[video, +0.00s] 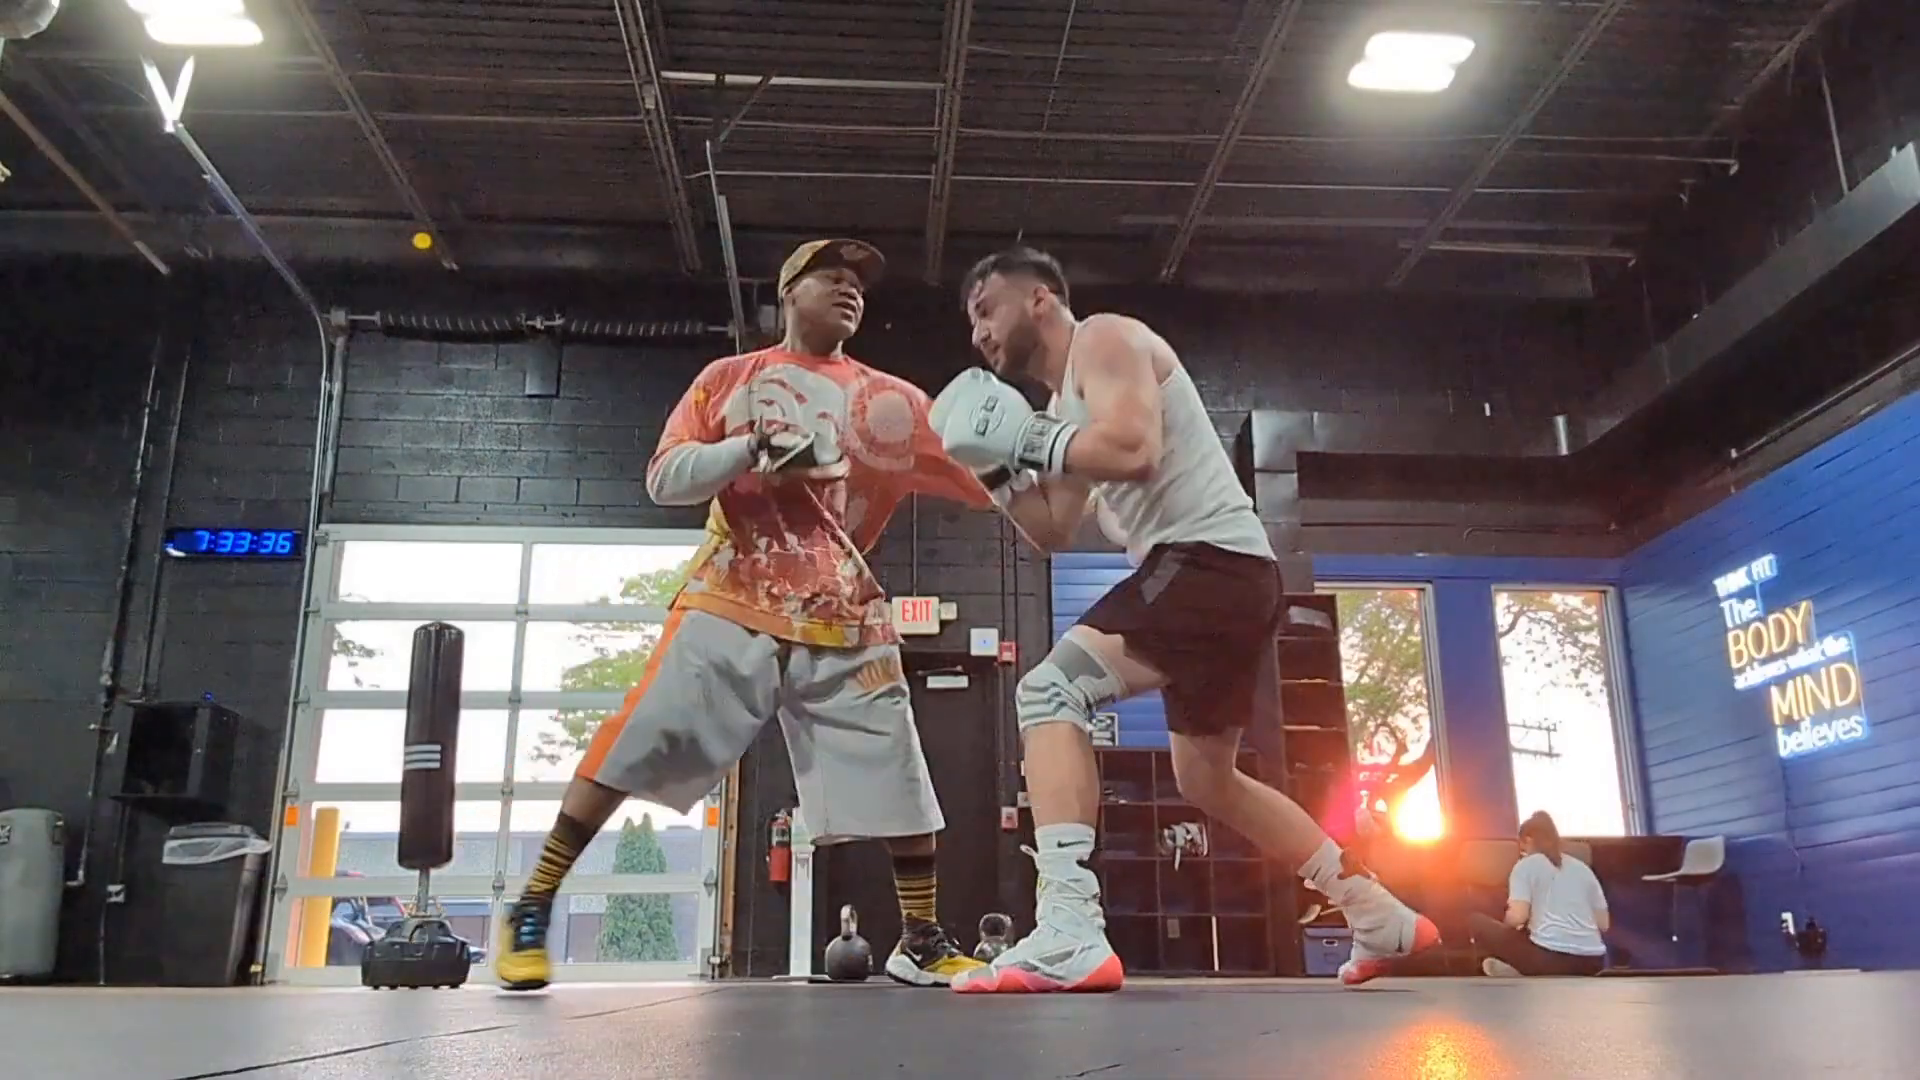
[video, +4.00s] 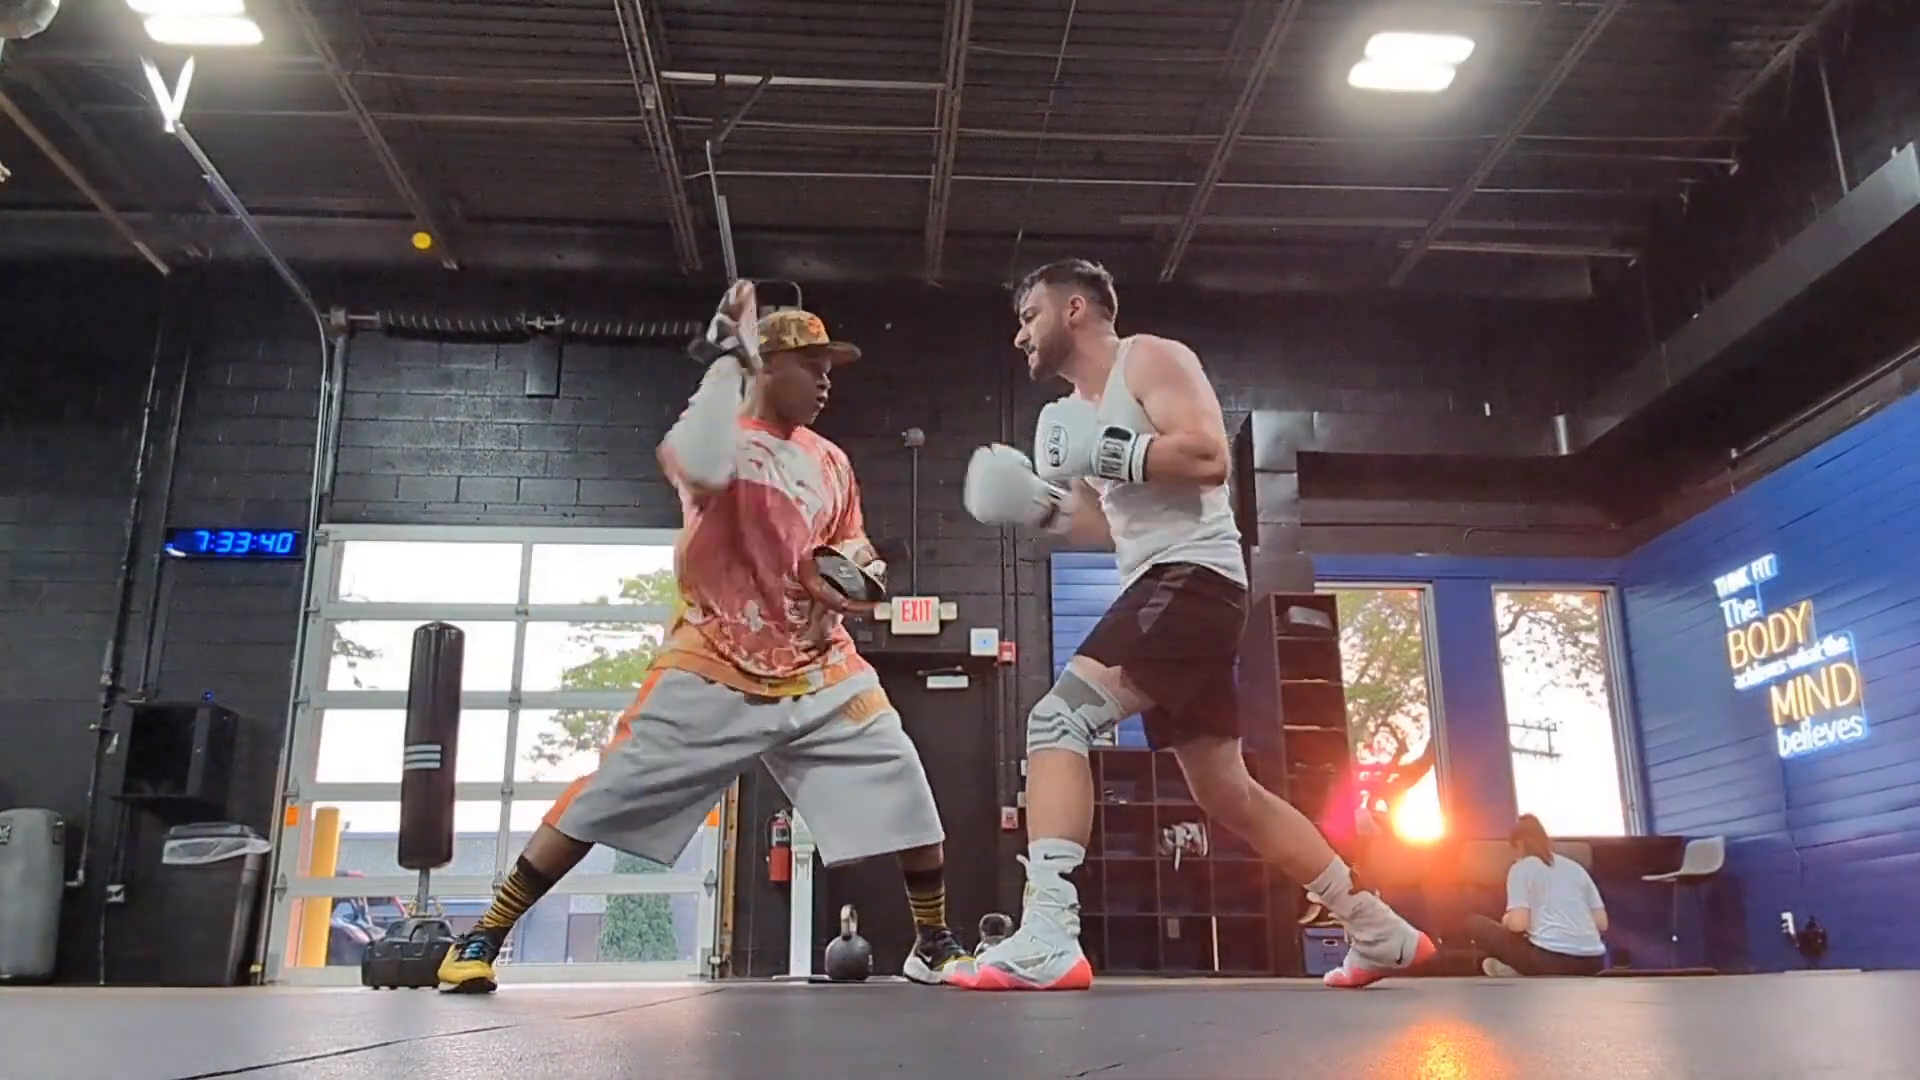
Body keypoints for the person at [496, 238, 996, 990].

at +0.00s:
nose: (851, 290)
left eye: (859, 284)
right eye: (834, 275)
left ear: (860, 308)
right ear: (789, 291)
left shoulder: (891, 400)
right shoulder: (731, 376)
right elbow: (665, 480)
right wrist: (753, 449)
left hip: (844, 606)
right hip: (734, 592)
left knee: (898, 768)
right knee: (646, 734)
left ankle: (922, 937)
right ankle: (530, 906)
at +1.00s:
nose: (649, 289)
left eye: (653, 279)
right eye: (632, 277)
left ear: (658, 296)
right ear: (590, 297)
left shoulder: (690, 378)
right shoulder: (553, 384)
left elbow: (709, 496)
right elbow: (571, 467)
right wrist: (609, 364)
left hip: (683, 606)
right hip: (587, 603)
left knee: (694, 764)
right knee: (548, 760)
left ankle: (607, 894)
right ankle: (471, 932)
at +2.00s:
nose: (925, 350)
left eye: (927, 341)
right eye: (913, 334)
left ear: (901, 350)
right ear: (866, 335)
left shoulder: (894, 442)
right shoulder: (832, 383)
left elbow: (920, 555)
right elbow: (879, 463)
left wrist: (1011, 562)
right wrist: (979, 467)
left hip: (863, 622)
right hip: (785, 598)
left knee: (915, 747)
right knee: (701, 745)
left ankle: (905, 937)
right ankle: (548, 892)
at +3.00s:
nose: (774, 317)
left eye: (779, 305)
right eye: (755, 303)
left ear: (787, 317)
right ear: (718, 319)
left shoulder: (807, 406)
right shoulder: (686, 392)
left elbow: (841, 512)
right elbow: (737, 453)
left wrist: (862, 483)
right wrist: (751, 355)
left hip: (786, 610)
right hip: (693, 604)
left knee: (823, 762)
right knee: (625, 755)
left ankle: (821, 937)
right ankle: (535, 930)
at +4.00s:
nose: (827, 382)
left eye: (829, 370)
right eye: (815, 366)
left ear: (809, 374)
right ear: (767, 366)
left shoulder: (831, 463)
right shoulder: (711, 435)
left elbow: (857, 553)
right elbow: (699, 463)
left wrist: (855, 582)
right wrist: (734, 354)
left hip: (821, 655)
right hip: (715, 650)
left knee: (904, 775)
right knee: (617, 784)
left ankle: (934, 942)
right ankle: (487, 936)